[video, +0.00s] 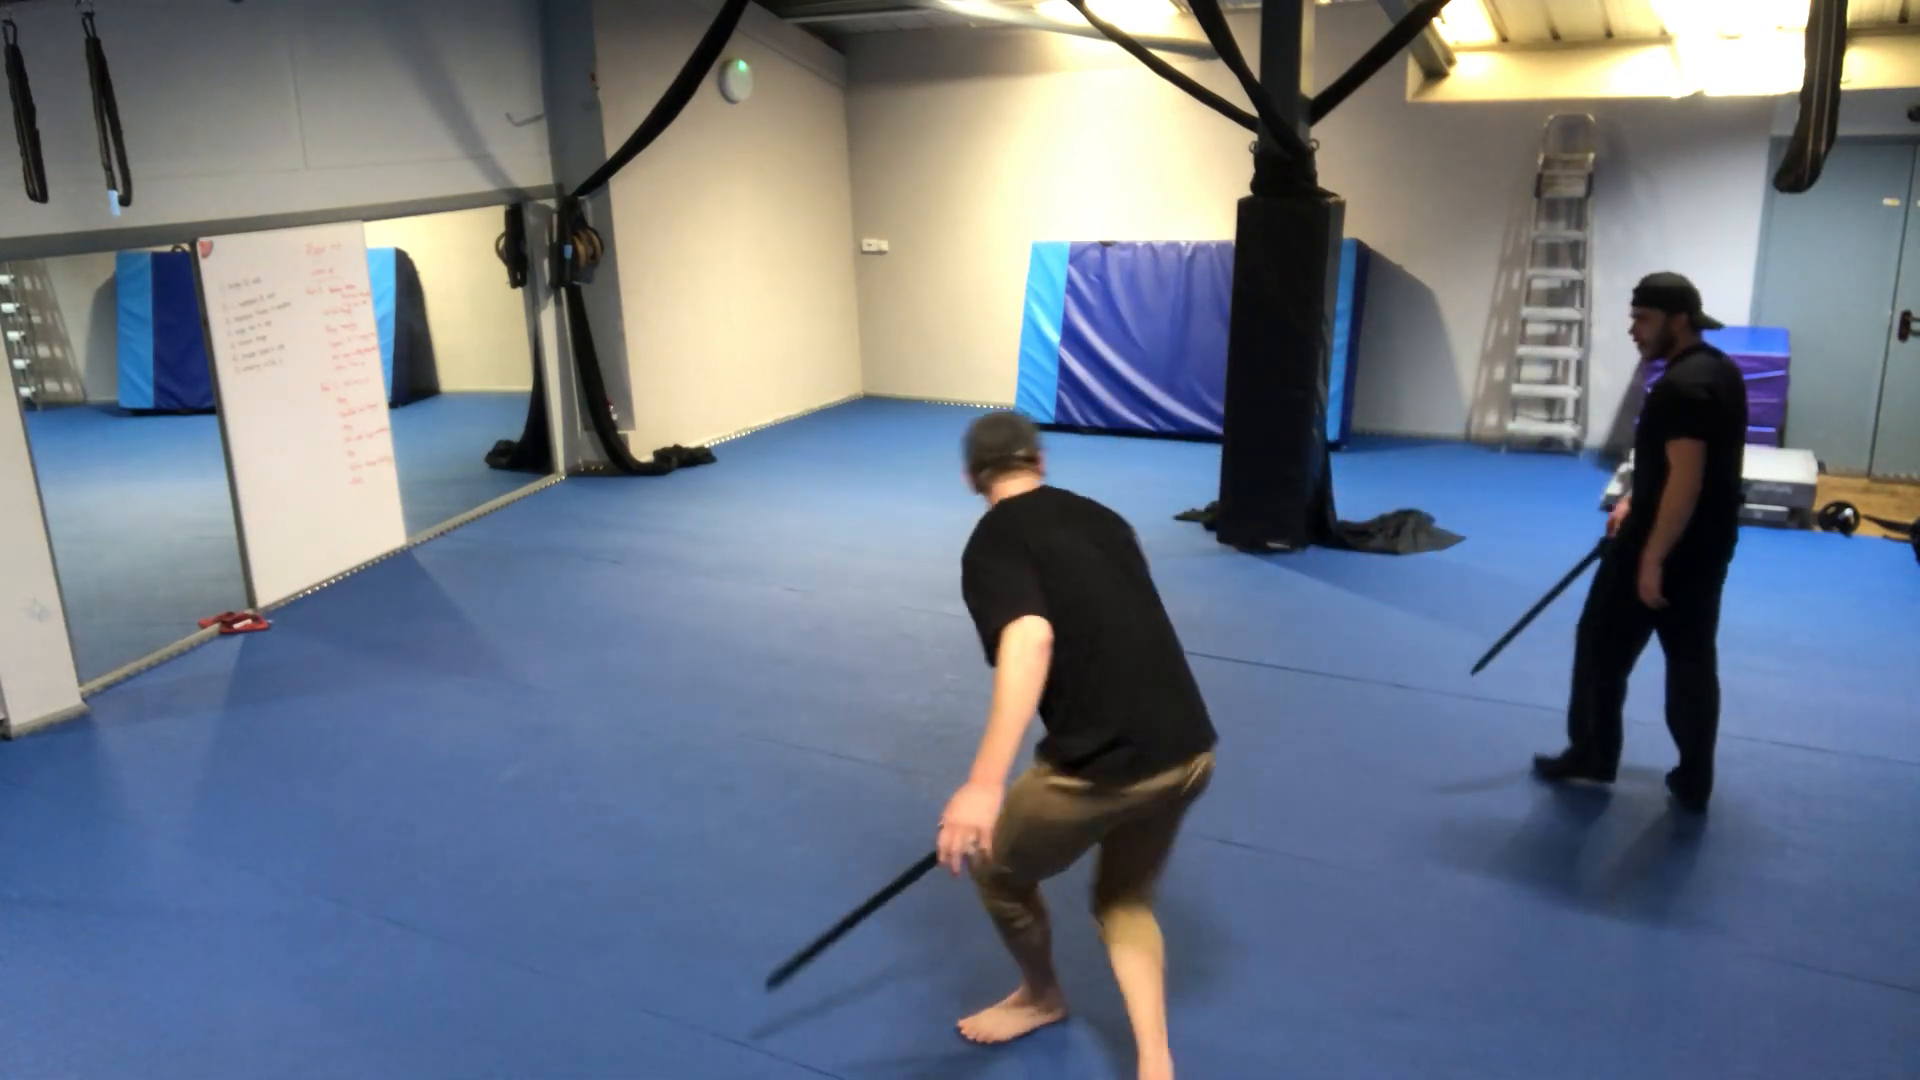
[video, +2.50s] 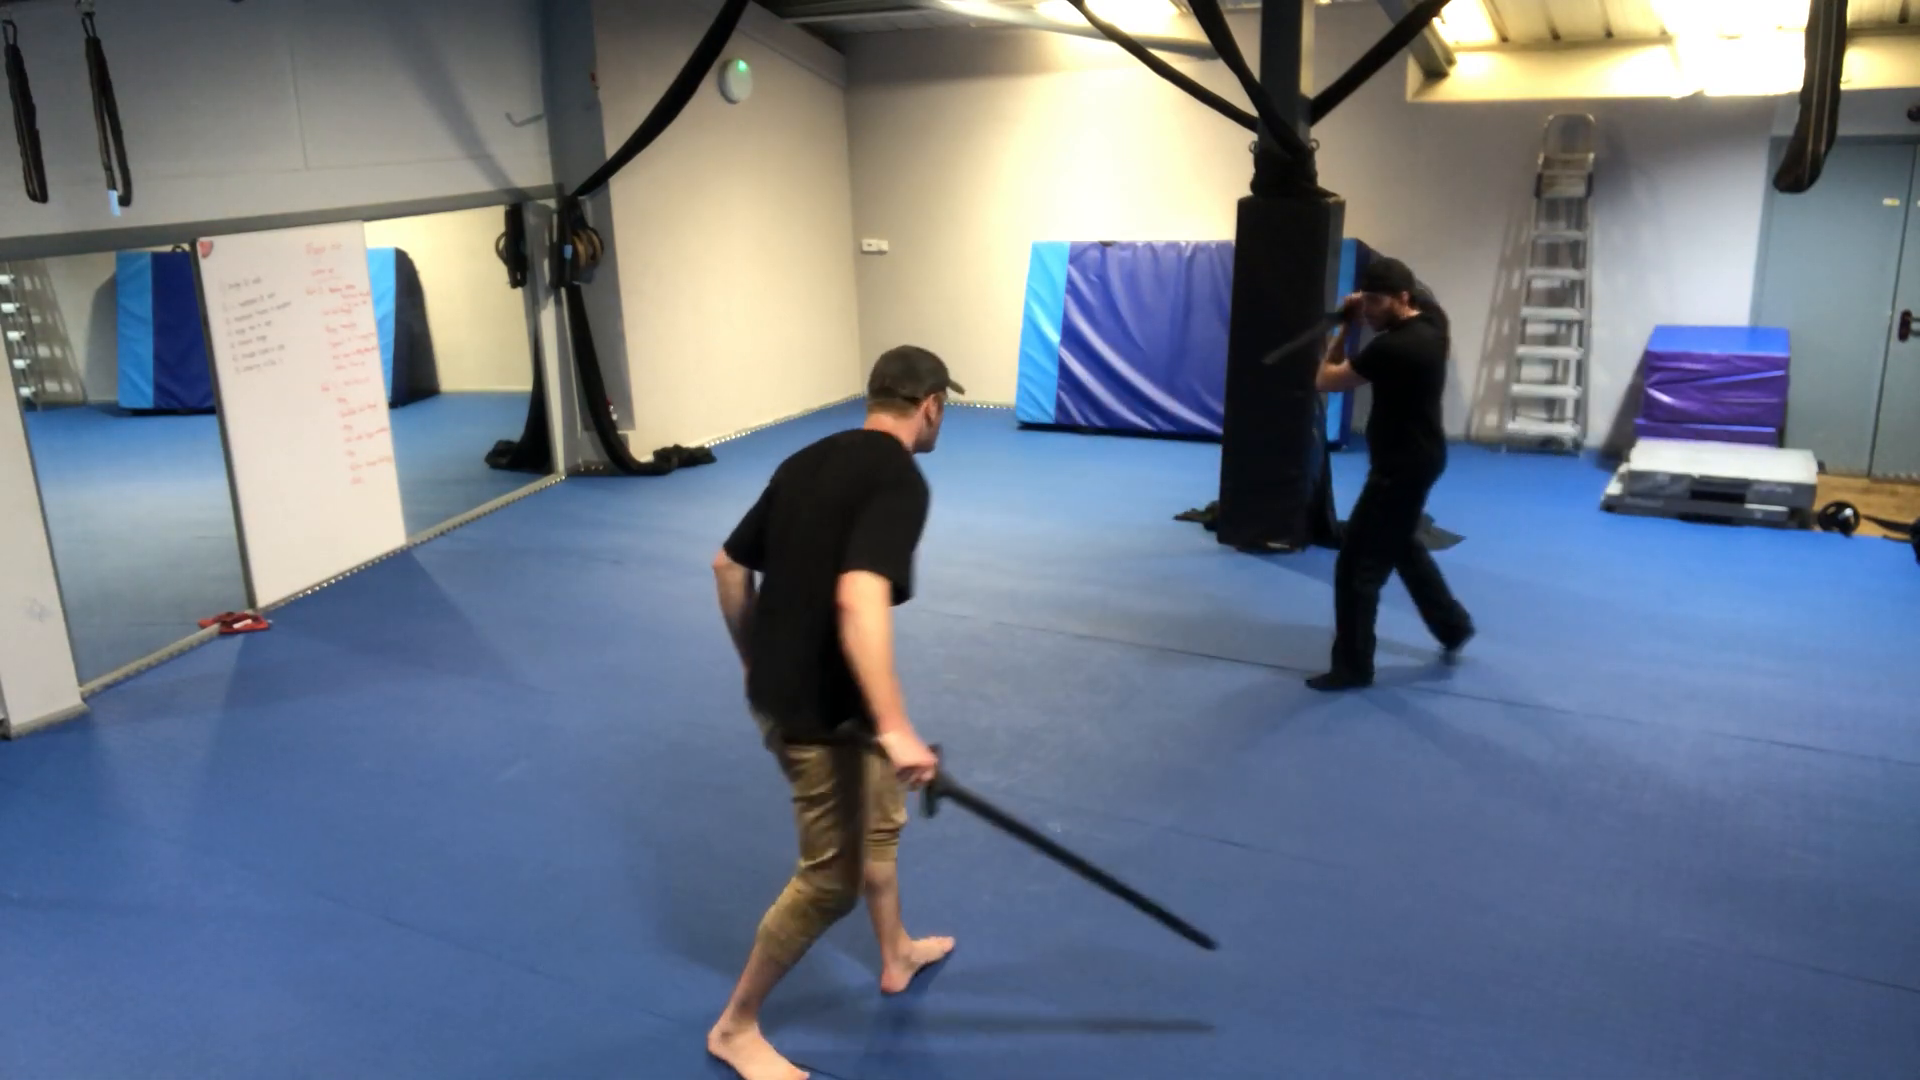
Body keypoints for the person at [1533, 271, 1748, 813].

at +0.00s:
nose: (1632, 329)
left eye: (1641, 319)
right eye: (1633, 318)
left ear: (1679, 320)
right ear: (1681, 322)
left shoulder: (1681, 385)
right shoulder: (1720, 372)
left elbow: (1684, 483)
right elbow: (1682, 461)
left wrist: (1652, 556)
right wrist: (1636, 499)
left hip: (1655, 540)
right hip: (1703, 542)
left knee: (1600, 643)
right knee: (1692, 665)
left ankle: (1592, 757)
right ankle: (1694, 781)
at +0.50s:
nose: (1578, 332)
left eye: (1585, 322)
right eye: (1578, 321)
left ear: (1617, 321)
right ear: (1628, 320)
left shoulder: (1607, 384)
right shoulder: (1674, 359)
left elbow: (1553, 471)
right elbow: (1628, 413)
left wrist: (1552, 438)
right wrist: (1569, 411)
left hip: (1596, 526)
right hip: (1655, 525)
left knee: (1574, 623)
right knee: (1665, 637)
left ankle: (1557, 711)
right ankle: (1685, 767)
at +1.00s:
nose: (1515, 319)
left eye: (1522, 311)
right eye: (1513, 310)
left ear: (1552, 310)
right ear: (1562, 309)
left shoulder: (1535, 366)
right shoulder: (1602, 337)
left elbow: (1468, 420)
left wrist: (1496, 372)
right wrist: (1517, 357)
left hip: (1538, 493)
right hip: (1583, 485)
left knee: (1529, 596)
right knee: (1550, 581)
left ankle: (1548, 709)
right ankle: (1538, 675)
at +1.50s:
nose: (1483, 308)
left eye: (1491, 299)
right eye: (1481, 298)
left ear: (1519, 296)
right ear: (1525, 296)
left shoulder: (1505, 347)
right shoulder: (1553, 324)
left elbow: (1445, 397)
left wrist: (1463, 353)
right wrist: (1482, 327)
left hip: (1499, 466)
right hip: (1528, 459)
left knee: (1493, 569)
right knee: (1491, 561)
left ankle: (1540, 683)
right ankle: (1492, 649)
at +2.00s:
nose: (1442, 300)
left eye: (1450, 291)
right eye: (1443, 290)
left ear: (1478, 291)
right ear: (1483, 292)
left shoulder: (1472, 341)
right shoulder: (1507, 321)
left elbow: (1404, 378)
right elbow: (1490, 295)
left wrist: (1416, 325)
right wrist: (1442, 304)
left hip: (1464, 464)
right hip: (1490, 458)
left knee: (1420, 559)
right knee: (1472, 554)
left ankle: (1389, 664)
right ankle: (1487, 651)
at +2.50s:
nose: (1366, 308)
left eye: (1372, 300)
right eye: (1365, 299)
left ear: (1399, 299)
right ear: (1406, 299)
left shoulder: (1392, 346)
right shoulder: (1432, 326)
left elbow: (1326, 379)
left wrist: (1346, 329)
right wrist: (1362, 307)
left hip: (1397, 465)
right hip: (1421, 456)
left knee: (1357, 565)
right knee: (1402, 543)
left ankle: (1352, 668)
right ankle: (1452, 625)